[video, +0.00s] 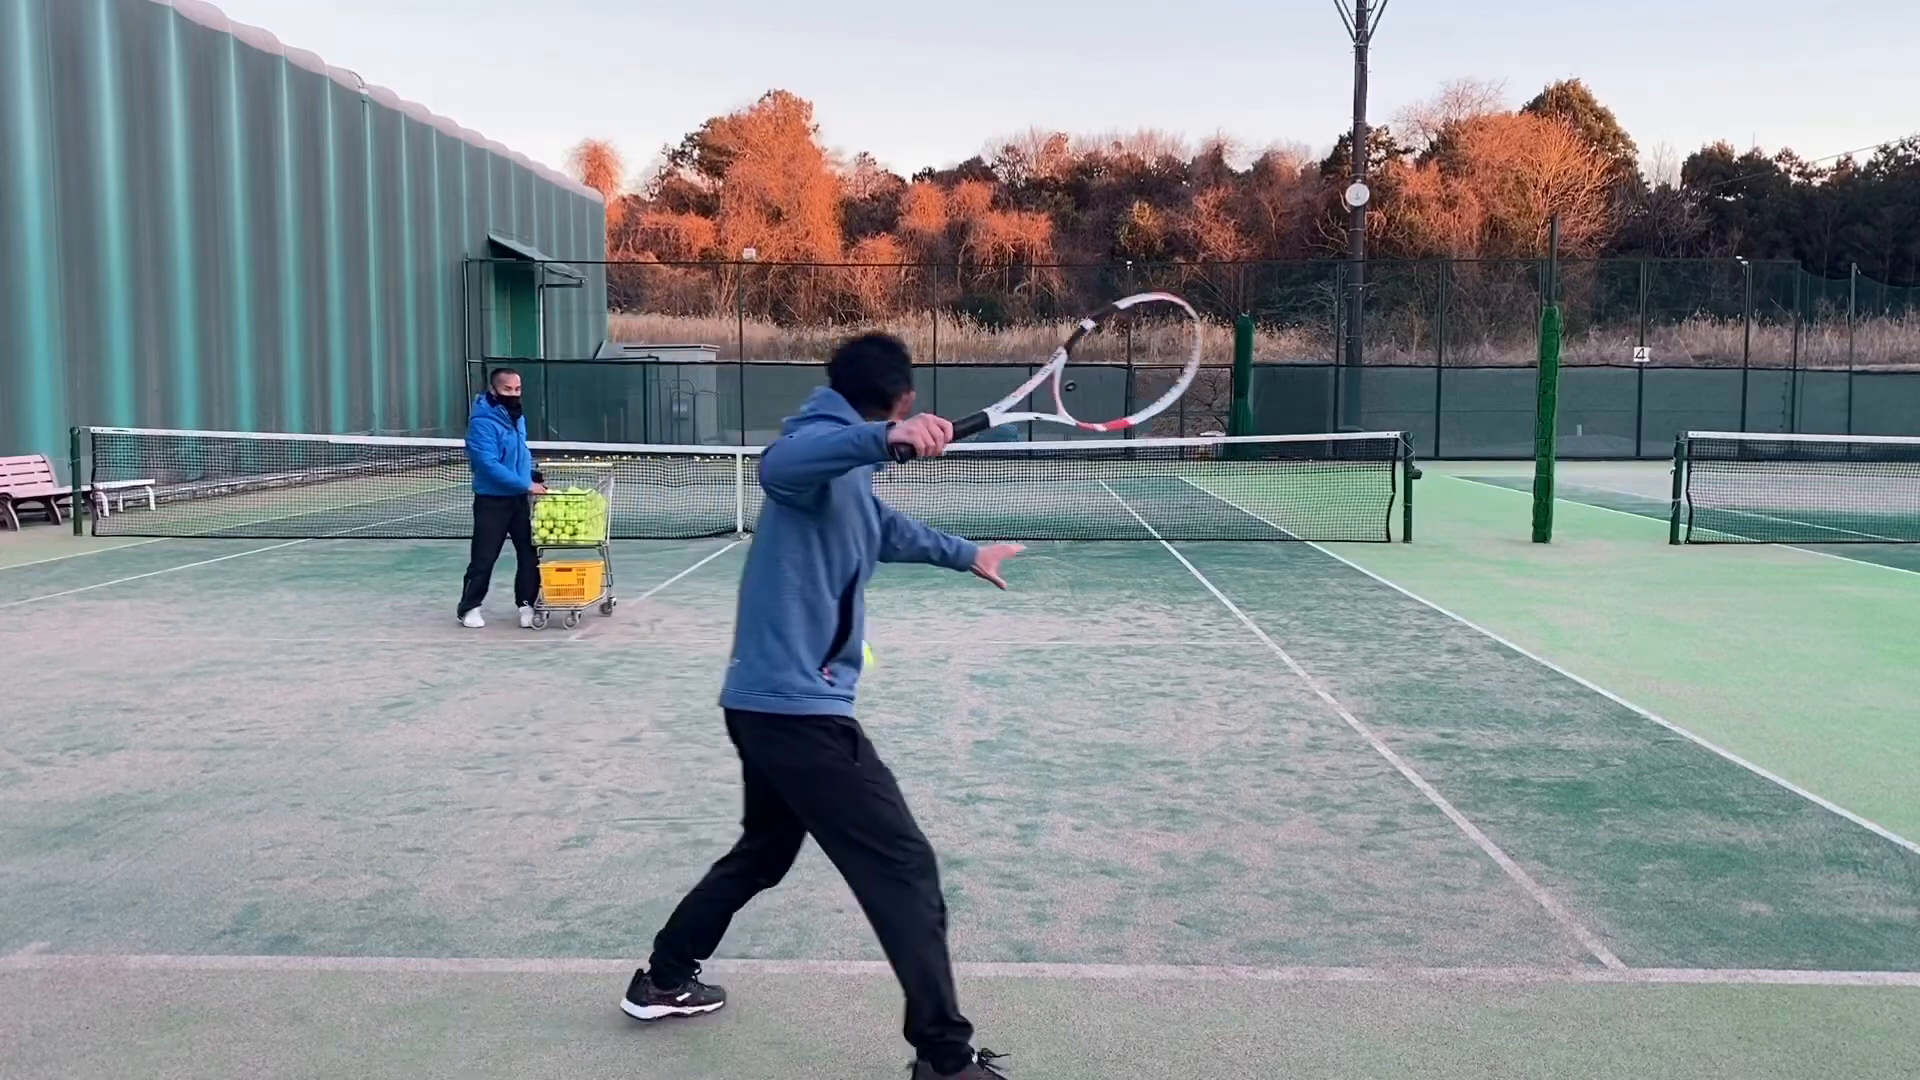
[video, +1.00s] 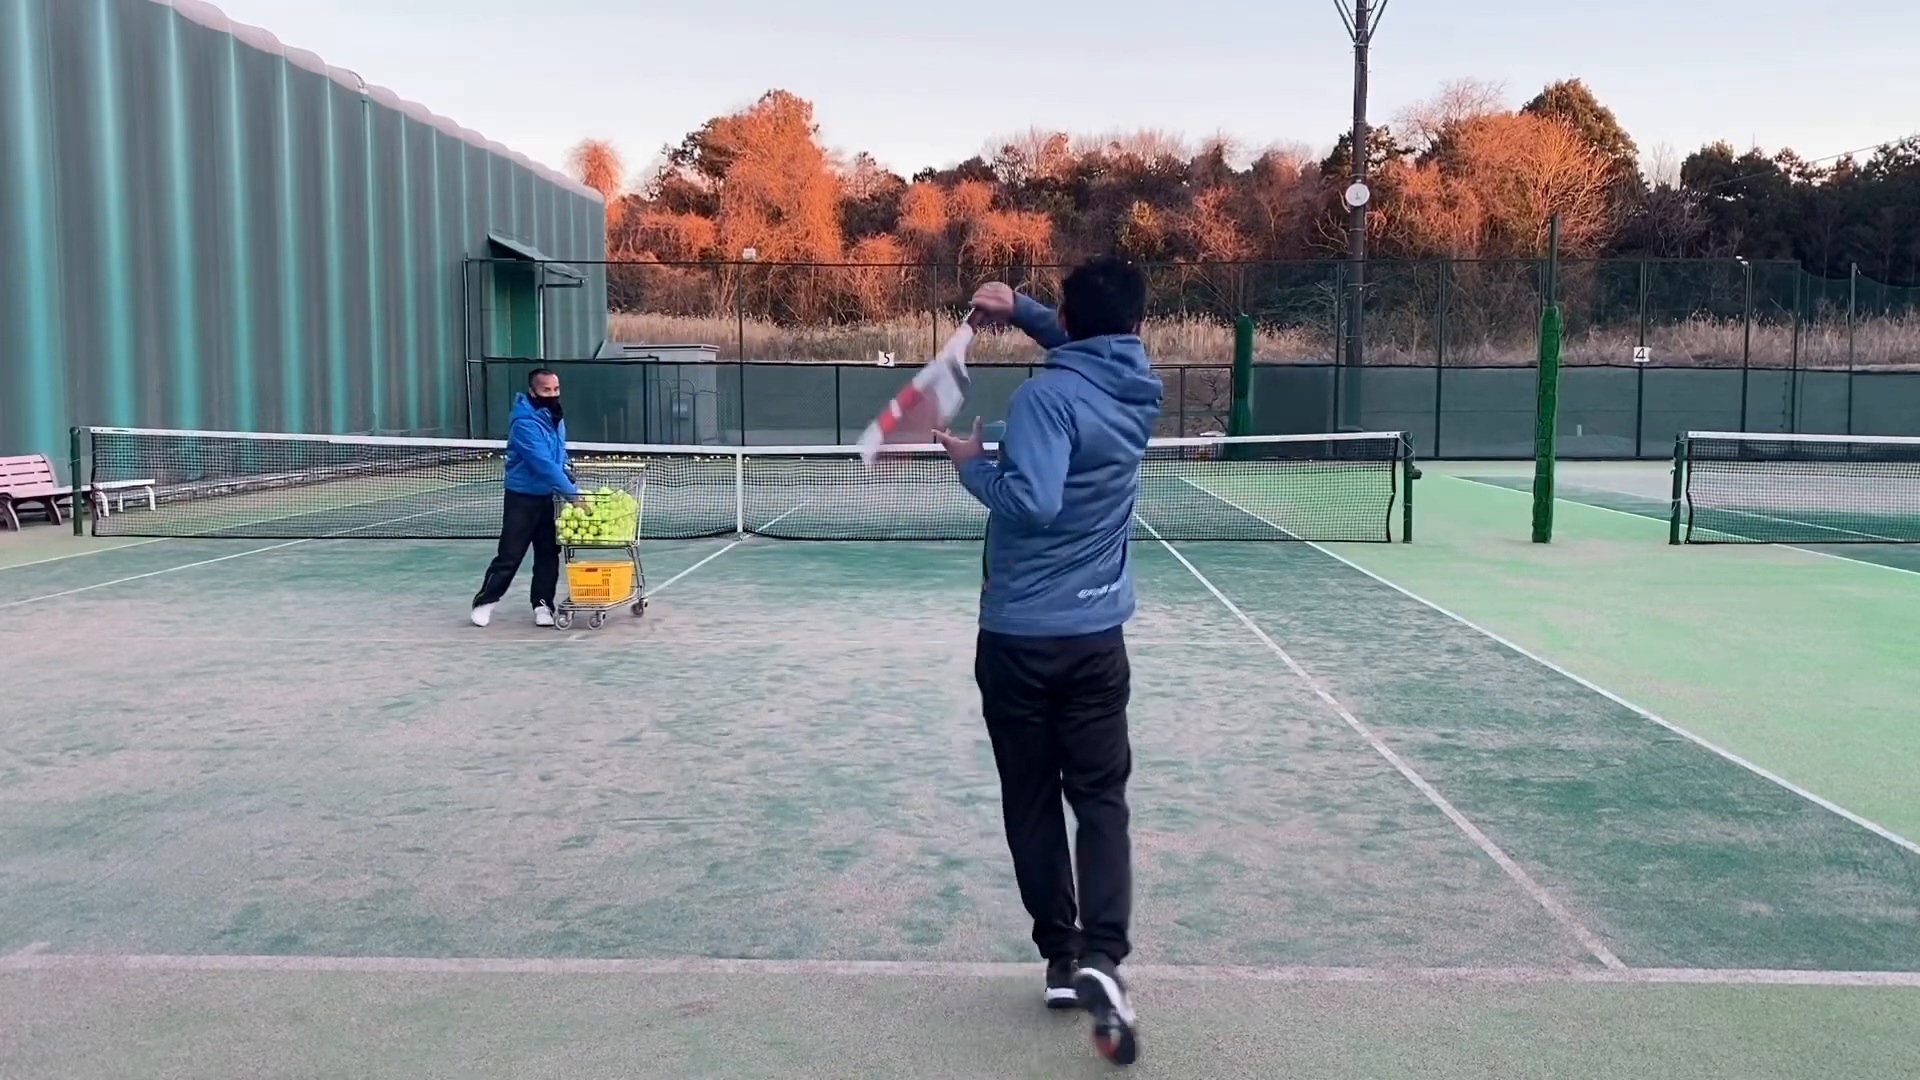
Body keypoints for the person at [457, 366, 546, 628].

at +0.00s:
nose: (515, 394)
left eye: (517, 389)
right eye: (509, 389)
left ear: (520, 390)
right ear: (495, 390)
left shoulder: (517, 416)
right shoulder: (482, 421)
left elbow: (521, 451)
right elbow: (488, 465)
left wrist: (533, 476)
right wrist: (526, 486)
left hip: (518, 497)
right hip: (491, 499)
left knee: (529, 553)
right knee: (484, 557)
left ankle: (526, 604)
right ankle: (470, 608)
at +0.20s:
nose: (527, 395)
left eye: (529, 391)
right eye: (520, 391)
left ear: (530, 391)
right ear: (506, 391)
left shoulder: (523, 417)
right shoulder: (494, 422)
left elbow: (528, 457)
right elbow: (502, 464)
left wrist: (543, 478)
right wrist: (539, 485)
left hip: (525, 500)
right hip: (498, 501)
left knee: (538, 554)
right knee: (487, 558)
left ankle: (541, 607)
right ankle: (465, 609)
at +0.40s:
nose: (541, 394)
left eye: (543, 389)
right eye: (535, 389)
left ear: (545, 390)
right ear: (520, 390)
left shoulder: (536, 417)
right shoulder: (509, 421)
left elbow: (541, 455)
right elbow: (526, 461)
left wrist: (560, 476)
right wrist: (562, 485)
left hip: (533, 499)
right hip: (506, 499)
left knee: (541, 555)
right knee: (495, 557)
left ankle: (541, 606)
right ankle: (467, 607)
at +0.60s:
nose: (549, 392)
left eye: (552, 388)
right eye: (543, 388)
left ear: (553, 389)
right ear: (529, 389)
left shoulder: (546, 415)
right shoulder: (518, 420)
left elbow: (551, 453)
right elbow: (538, 460)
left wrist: (564, 477)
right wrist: (568, 490)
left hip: (541, 495)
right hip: (514, 496)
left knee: (543, 553)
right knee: (504, 554)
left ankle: (542, 605)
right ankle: (478, 604)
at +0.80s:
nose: (554, 393)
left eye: (556, 389)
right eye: (548, 389)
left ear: (557, 390)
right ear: (533, 391)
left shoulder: (551, 416)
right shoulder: (523, 421)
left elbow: (555, 453)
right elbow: (538, 462)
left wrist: (566, 473)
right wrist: (570, 492)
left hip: (544, 495)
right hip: (519, 496)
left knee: (547, 553)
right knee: (509, 554)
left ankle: (542, 605)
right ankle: (483, 603)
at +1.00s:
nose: (553, 393)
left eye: (556, 389)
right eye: (547, 389)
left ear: (558, 389)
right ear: (533, 391)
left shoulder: (554, 416)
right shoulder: (524, 422)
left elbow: (559, 449)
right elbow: (542, 463)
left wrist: (564, 466)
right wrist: (572, 494)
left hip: (547, 494)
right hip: (521, 495)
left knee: (548, 553)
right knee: (510, 554)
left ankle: (542, 605)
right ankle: (485, 603)